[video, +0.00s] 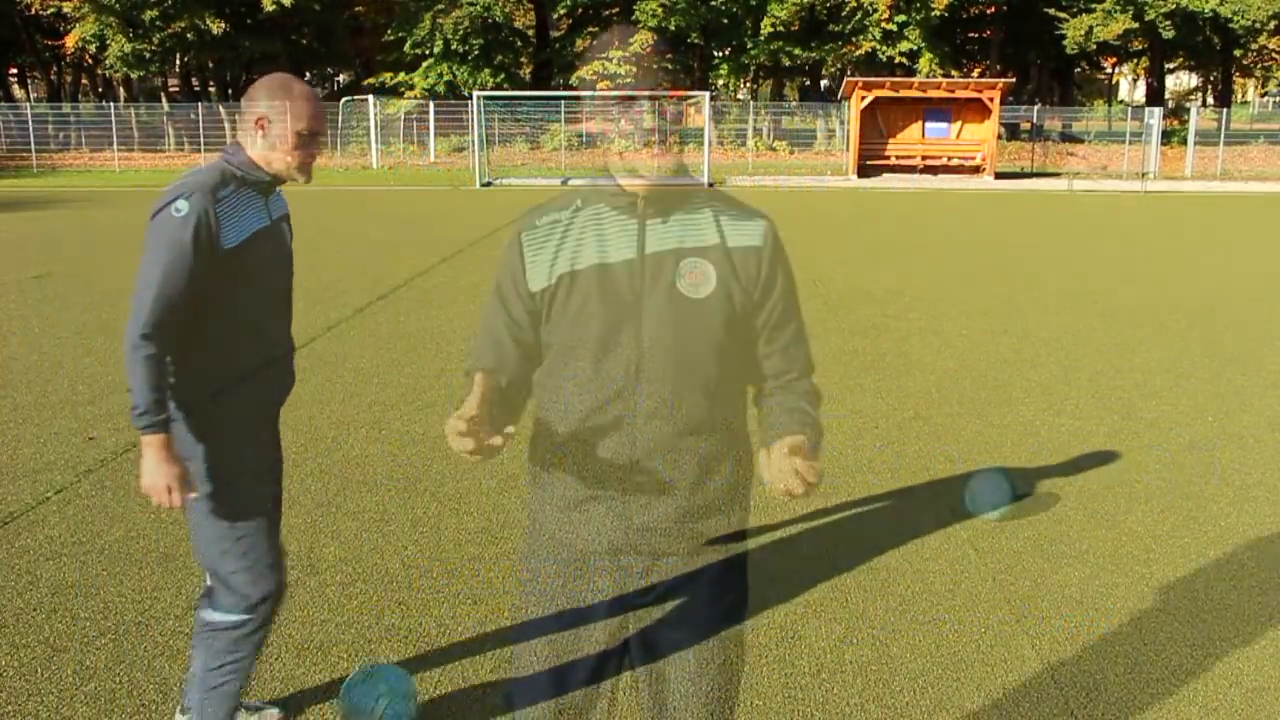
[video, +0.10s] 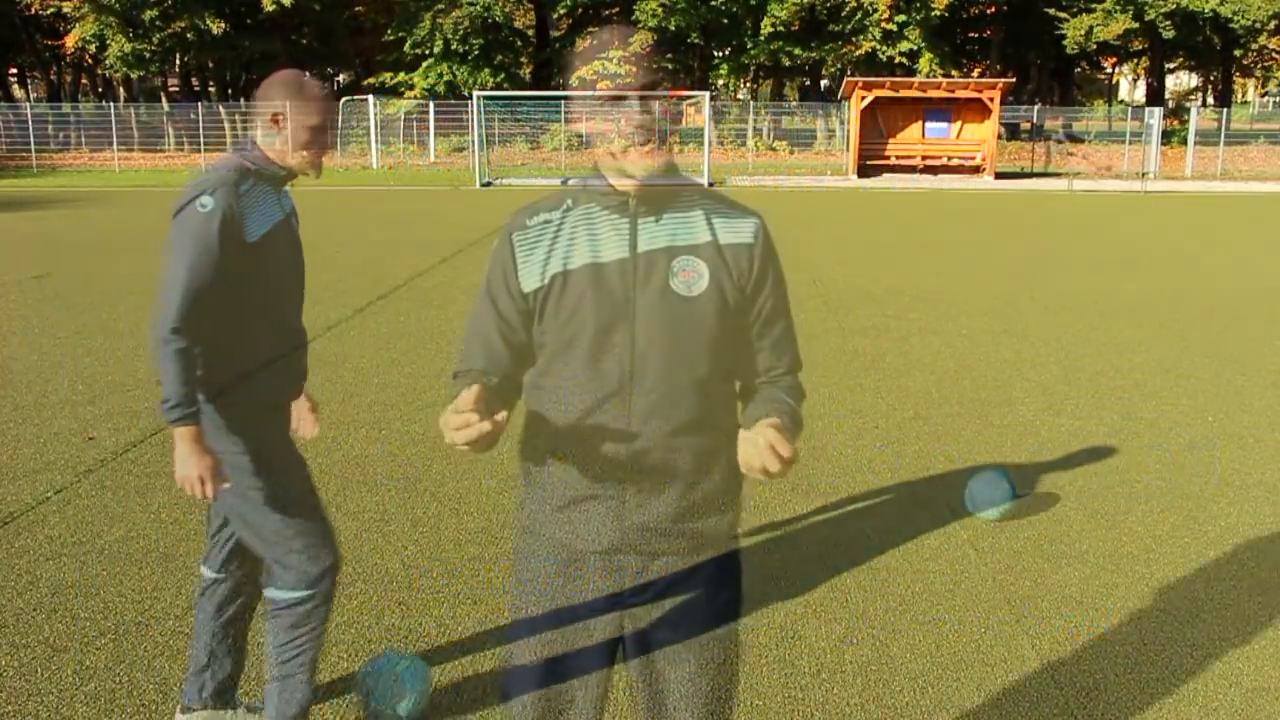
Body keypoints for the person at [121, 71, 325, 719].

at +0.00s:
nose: (316, 150)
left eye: (319, 137)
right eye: (305, 138)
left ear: (275, 132)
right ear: (261, 129)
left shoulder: (265, 194)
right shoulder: (194, 207)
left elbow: (245, 313)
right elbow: (144, 334)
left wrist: (261, 401)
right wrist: (154, 442)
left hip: (256, 415)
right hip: (212, 425)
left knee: (247, 576)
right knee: (250, 588)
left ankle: (213, 697)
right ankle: (204, 711)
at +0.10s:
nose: (330, 143)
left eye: (331, 130)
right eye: (319, 131)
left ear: (284, 125)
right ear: (275, 123)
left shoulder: (271, 191)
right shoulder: (215, 201)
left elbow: (277, 303)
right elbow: (172, 330)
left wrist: (294, 384)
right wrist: (185, 435)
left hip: (263, 400)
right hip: (226, 410)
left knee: (233, 561)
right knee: (307, 561)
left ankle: (204, 699)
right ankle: (287, 710)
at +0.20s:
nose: (337, 147)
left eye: (338, 135)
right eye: (328, 136)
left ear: (295, 130)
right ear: (291, 127)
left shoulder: (276, 191)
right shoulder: (242, 199)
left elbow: (284, 304)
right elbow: (202, 329)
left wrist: (317, 377)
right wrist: (213, 433)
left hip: (272, 394)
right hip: (255, 399)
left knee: (235, 555)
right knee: (352, 536)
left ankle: (204, 700)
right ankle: (344, 684)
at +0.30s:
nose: (345, 136)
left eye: (346, 125)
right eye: (334, 126)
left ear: (325, 129)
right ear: (306, 129)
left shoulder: (289, 193)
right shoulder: (273, 201)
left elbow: (293, 310)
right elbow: (238, 327)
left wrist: (334, 376)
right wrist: (245, 433)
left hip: (276, 396)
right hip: (285, 399)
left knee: (244, 548)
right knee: (380, 518)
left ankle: (205, 696)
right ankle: (382, 660)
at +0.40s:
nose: (362, 136)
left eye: (362, 123)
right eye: (352, 124)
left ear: (311, 129)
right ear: (326, 128)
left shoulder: (288, 191)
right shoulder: (310, 200)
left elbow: (303, 313)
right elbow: (281, 323)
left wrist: (347, 389)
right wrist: (285, 424)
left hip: (281, 402)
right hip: (322, 405)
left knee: (255, 544)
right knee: (389, 519)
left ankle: (207, 694)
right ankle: (408, 649)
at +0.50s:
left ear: (321, 142)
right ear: (350, 136)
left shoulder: (308, 203)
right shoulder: (350, 209)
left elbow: (314, 319)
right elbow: (335, 323)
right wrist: (338, 421)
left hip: (305, 408)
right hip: (358, 410)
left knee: (285, 544)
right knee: (396, 538)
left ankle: (220, 675)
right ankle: (406, 652)